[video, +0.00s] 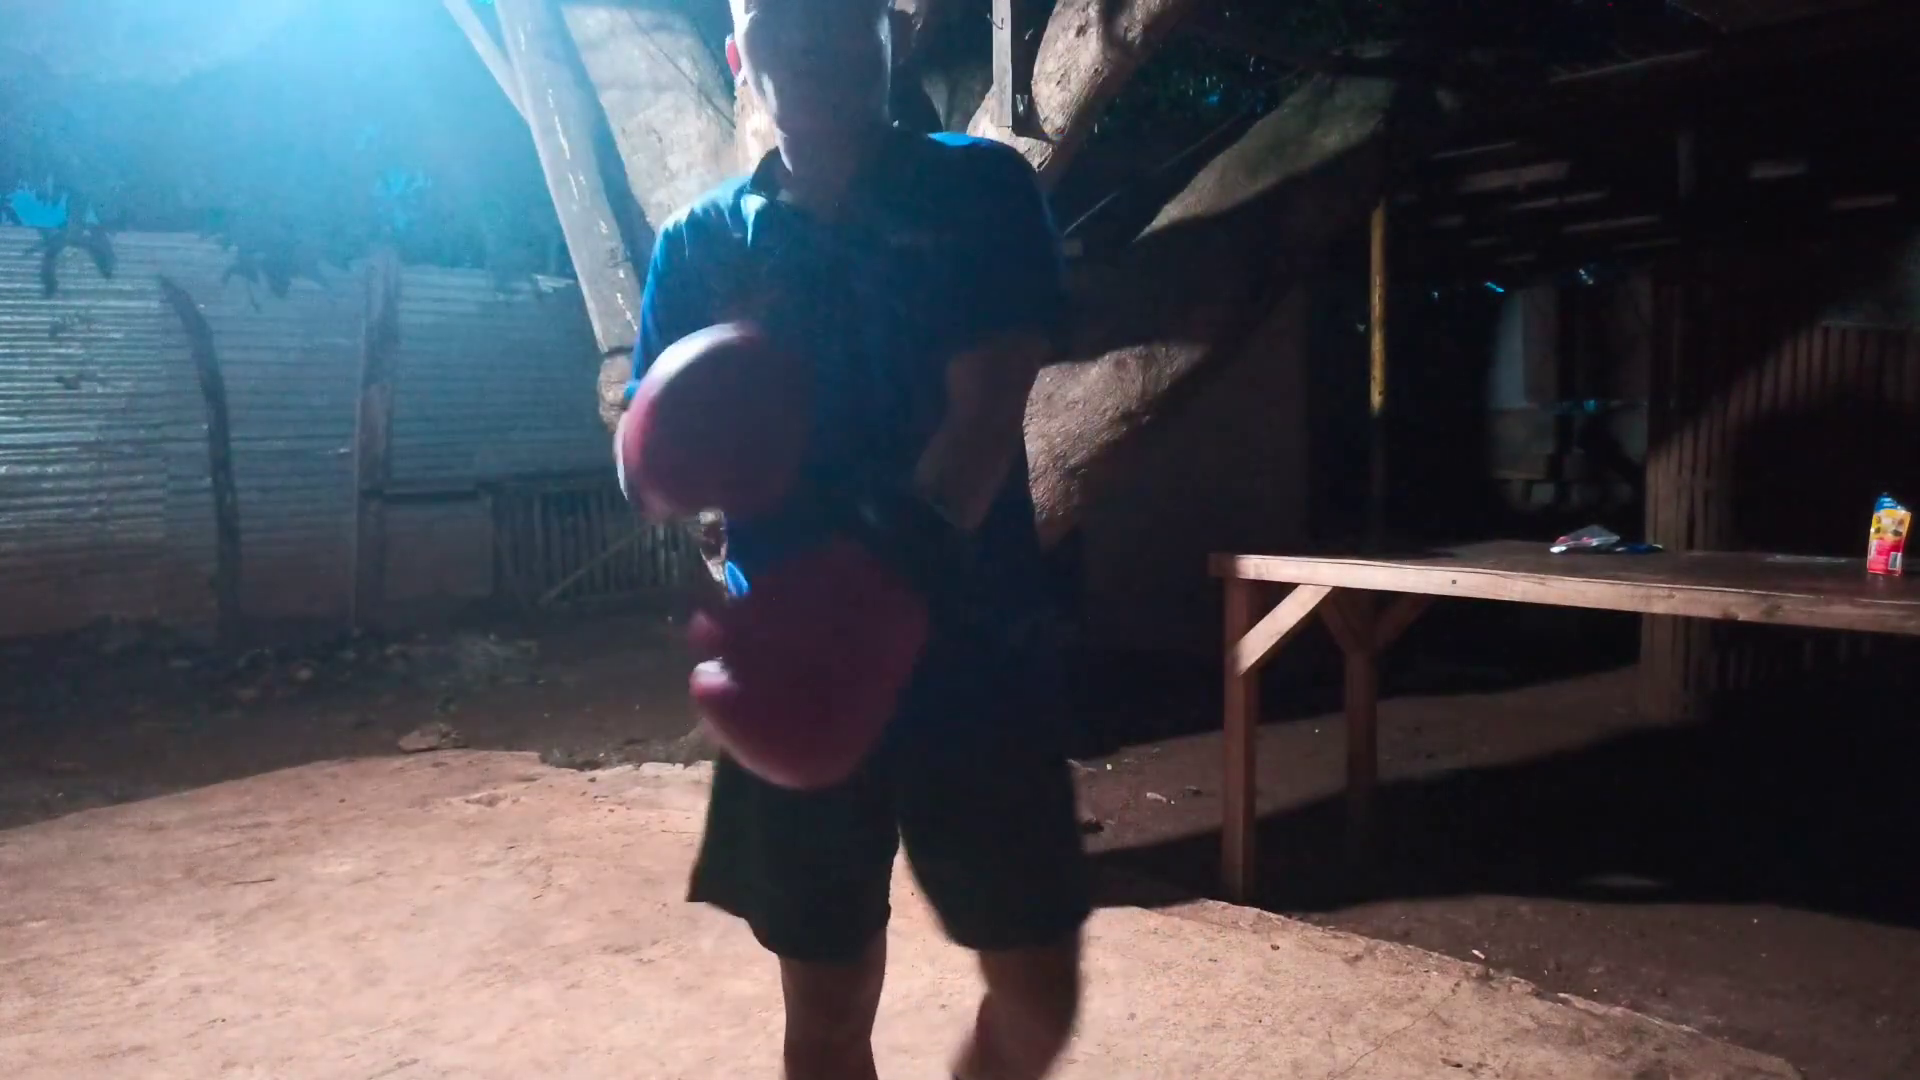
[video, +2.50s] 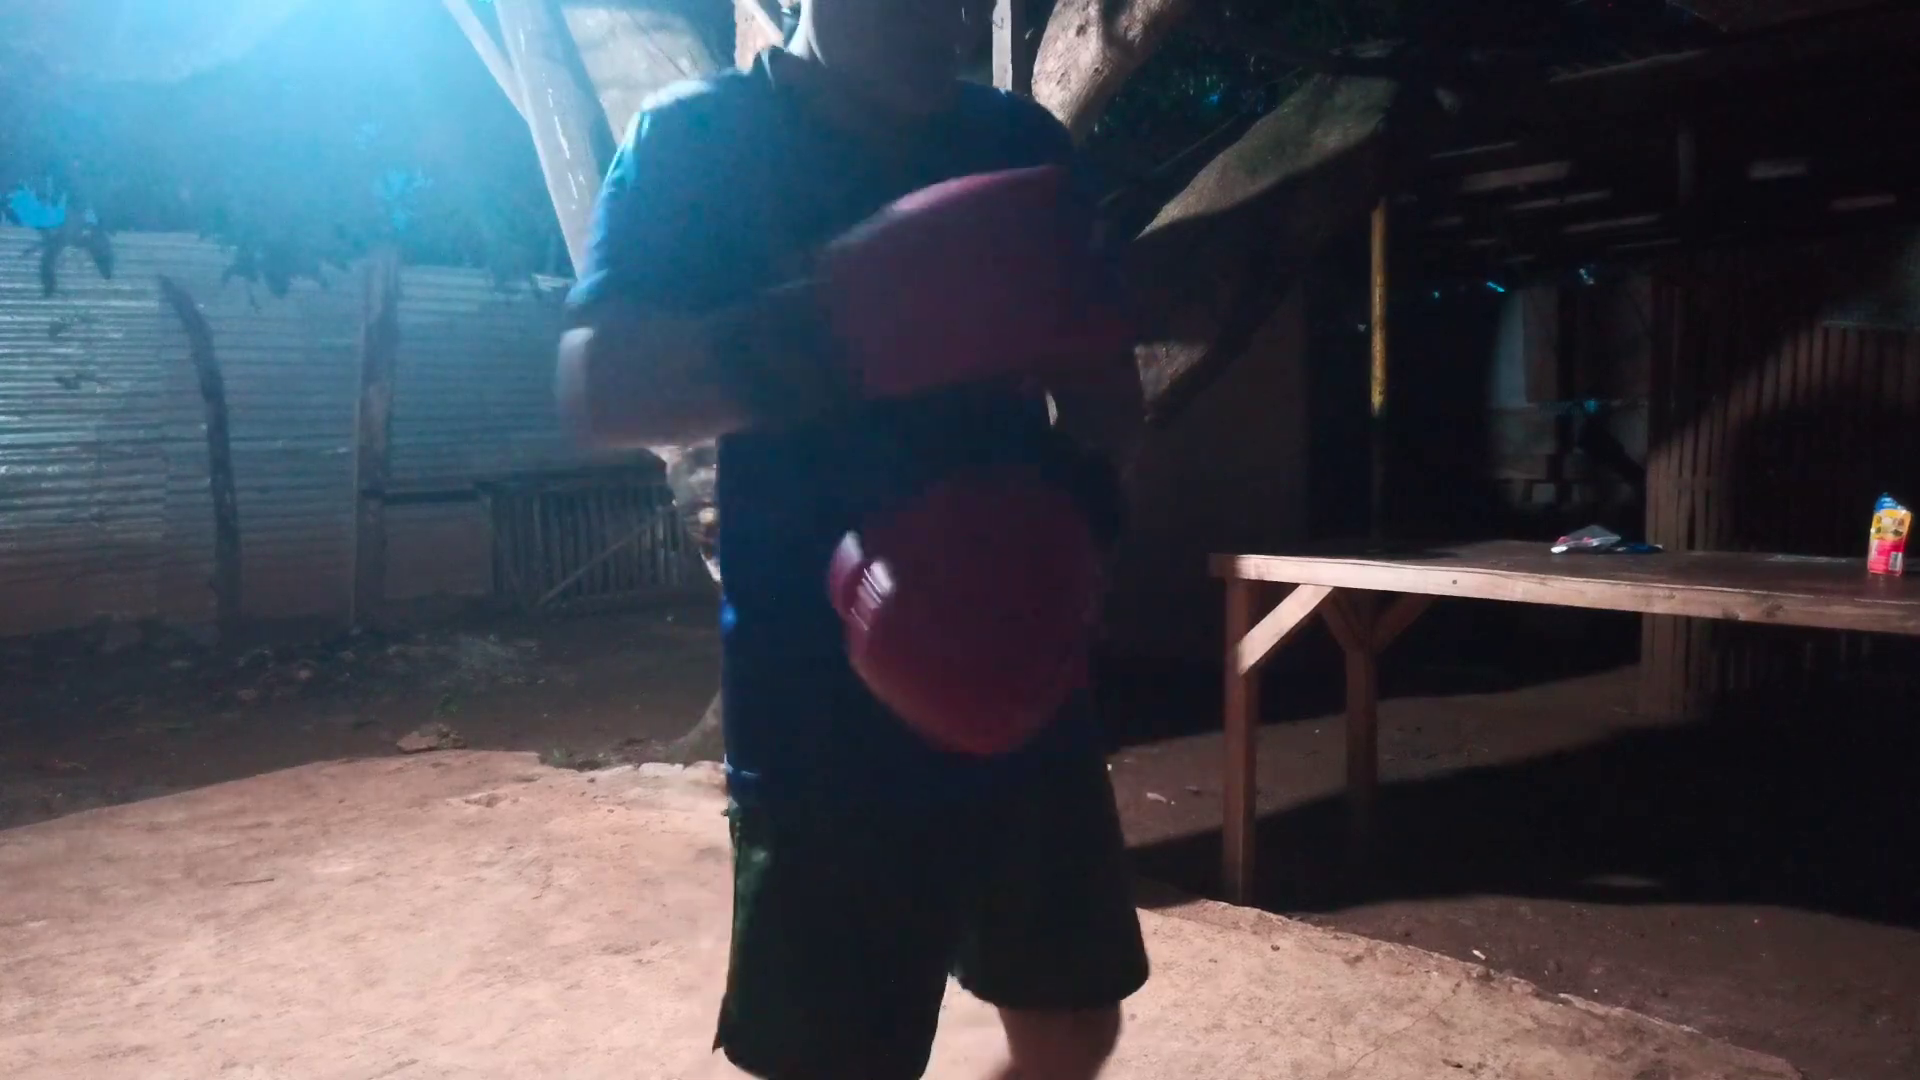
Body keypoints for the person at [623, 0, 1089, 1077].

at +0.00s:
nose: (816, 56)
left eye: (843, 30)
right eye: (785, 32)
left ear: (891, 41)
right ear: (741, 56)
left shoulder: (980, 186)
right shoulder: (698, 242)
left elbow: (990, 415)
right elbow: (663, 467)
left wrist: (890, 573)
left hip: (978, 633)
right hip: (794, 647)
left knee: (1038, 993)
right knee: (828, 996)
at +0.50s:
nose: (829, 84)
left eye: (858, 58)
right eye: (804, 59)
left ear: (909, 77)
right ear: (773, 85)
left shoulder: (993, 227)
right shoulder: (740, 246)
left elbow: (1028, 432)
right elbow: (621, 418)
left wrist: (1022, 567)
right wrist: (724, 438)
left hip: (964, 621)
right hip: (813, 630)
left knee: (951, 910)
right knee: (806, 927)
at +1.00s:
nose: (758, 61)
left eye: (789, 34)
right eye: (727, 35)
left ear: (836, 60)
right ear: (681, 62)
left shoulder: (898, 205)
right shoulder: (630, 225)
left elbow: (928, 428)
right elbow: (493, 415)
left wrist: (996, 587)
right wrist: (621, 470)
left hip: (896, 623)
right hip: (729, 642)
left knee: (921, 926)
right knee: (741, 976)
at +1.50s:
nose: (757, 52)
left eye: (789, 24)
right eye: (727, 23)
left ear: (839, 43)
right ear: (678, 45)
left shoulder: (906, 198)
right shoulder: (625, 210)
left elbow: (949, 438)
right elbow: (475, 419)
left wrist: (976, 628)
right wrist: (629, 478)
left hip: (910, 646)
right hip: (736, 664)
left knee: (957, 976)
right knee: (750, 993)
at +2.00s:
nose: (911, 33)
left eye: (937, 8)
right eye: (875, 9)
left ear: (977, 27)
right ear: (813, 28)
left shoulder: (1052, 193)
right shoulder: (770, 199)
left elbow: (1102, 441)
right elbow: (616, 420)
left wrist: (1151, 611)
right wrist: (770, 459)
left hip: (1015, 670)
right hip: (837, 677)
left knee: (994, 1000)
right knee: (821, 1027)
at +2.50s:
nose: (951, 12)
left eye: (966, 3)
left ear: (979, 6)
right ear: (815, 2)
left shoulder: (1018, 141)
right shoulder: (702, 135)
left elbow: (1106, 394)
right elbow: (599, 390)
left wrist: (1057, 533)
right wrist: (849, 317)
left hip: (1025, 678)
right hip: (817, 702)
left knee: (1070, 1030)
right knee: (831, 1056)